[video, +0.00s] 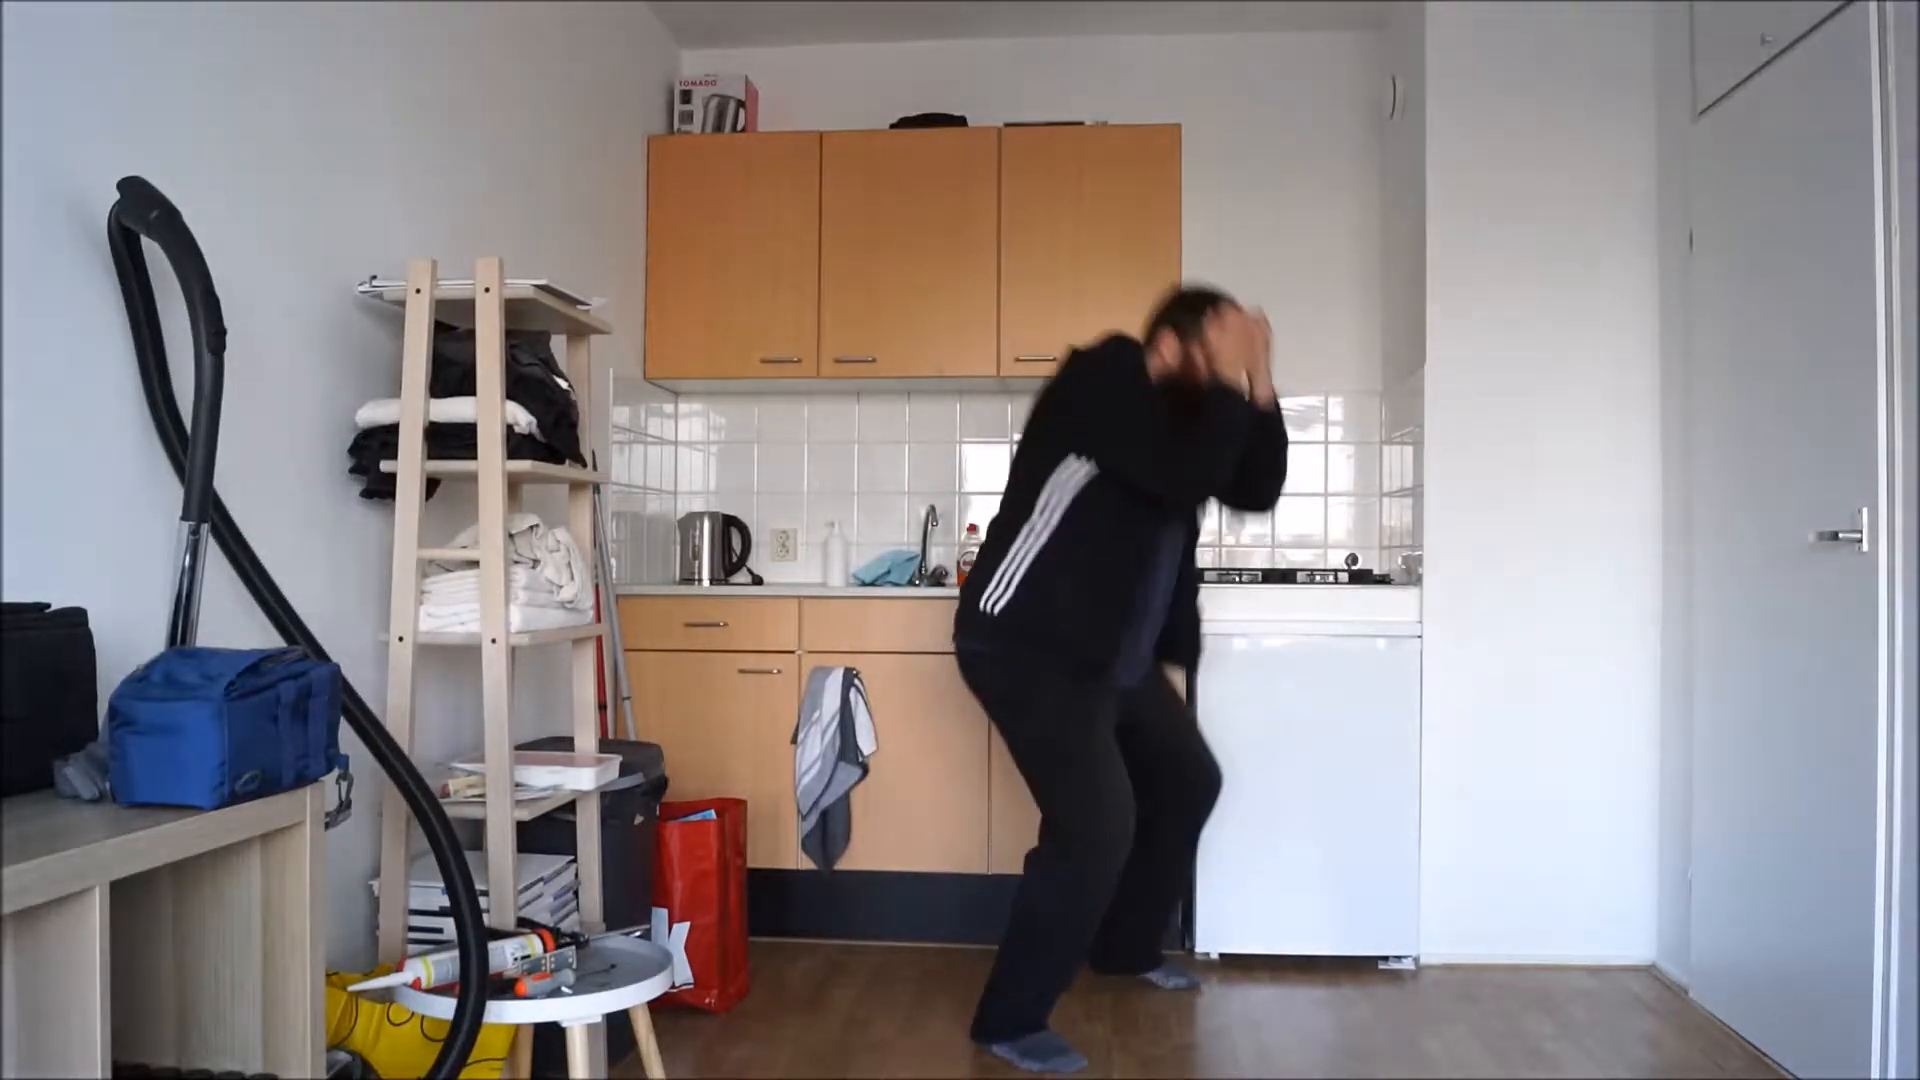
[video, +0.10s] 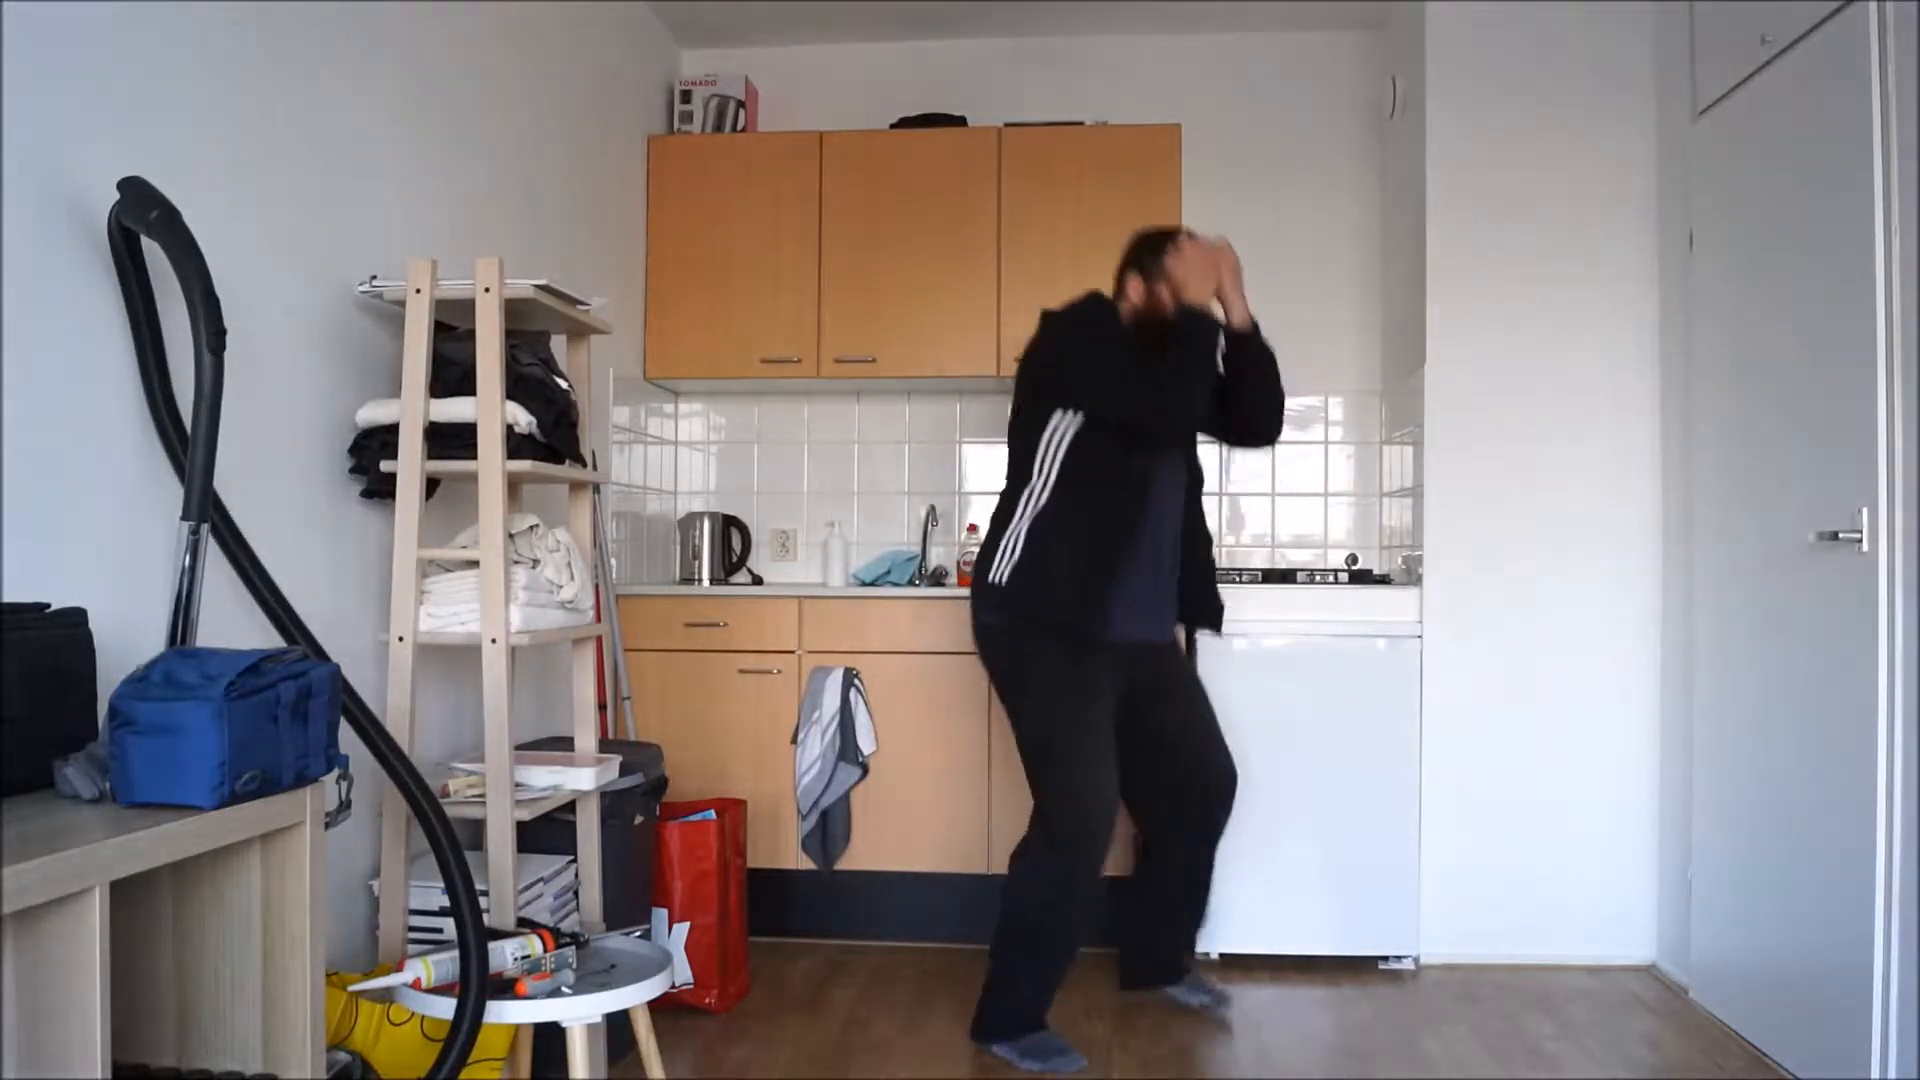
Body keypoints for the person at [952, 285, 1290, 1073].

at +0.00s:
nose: (1231, 372)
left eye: (1234, 362)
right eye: (1221, 358)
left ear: (1179, 354)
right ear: (1172, 344)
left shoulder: (1178, 410)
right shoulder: (1102, 377)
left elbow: (1258, 491)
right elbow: (1179, 476)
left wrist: (1261, 387)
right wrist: (1226, 385)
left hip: (1109, 654)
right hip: (1024, 645)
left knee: (1188, 780)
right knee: (1094, 822)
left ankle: (1126, 951)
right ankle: (1007, 1025)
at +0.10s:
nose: (1207, 301)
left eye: (1213, 286)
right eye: (1196, 282)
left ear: (1169, 295)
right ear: (1143, 284)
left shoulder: (1173, 356)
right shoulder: (1073, 335)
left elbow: (1257, 422)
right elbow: (1163, 408)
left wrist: (1243, 318)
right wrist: (1199, 316)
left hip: (1139, 631)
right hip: (1043, 622)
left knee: (1199, 785)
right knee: (1079, 808)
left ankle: (1153, 964)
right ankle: (1008, 1022)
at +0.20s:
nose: (1205, 268)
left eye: (1207, 258)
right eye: (1191, 250)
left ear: (1188, 281)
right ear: (1130, 264)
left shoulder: (1179, 344)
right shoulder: (1065, 319)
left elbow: (1260, 398)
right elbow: (1150, 381)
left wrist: (1232, 285)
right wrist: (1174, 286)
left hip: (1149, 619)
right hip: (1051, 609)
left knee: (1193, 806)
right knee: (1065, 803)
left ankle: (1187, 991)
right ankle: (1008, 1021)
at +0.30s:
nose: (1190, 233)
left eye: (1197, 229)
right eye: (1172, 222)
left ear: (1199, 266)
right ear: (1128, 255)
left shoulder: (1205, 339)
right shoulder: (1066, 317)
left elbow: (1263, 400)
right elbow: (1115, 382)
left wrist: (1228, 286)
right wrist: (1167, 293)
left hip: (1164, 624)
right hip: (1057, 615)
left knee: (1189, 812)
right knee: (1045, 809)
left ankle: (1189, 1003)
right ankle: (1006, 1020)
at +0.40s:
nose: (1177, 268)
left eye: (1188, 258)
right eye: (1162, 251)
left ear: (1194, 273)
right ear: (1125, 258)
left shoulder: (1207, 342)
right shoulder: (1065, 319)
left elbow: (1251, 405)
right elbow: (1073, 386)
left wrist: (1213, 296)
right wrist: (1135, 292)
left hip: (1170, 626)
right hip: (1054, 618)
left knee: (1192, 821)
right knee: (1027, 812)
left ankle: (1189, 1003)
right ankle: (1000, 1003)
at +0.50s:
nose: (1136, 250)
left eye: (1152, 237)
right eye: (1122, 235)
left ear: (1169, 254)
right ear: (1099, 249)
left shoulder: (1195, 327)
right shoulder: (1054, 315)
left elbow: (1221, 380)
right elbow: (1033, 379)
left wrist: (1175, 284)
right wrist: (1090, 284)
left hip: (1168, 623)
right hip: (1047, 613)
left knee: (1184, 812)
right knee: (998, 790)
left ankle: (1189, 999)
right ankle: (993, 972)